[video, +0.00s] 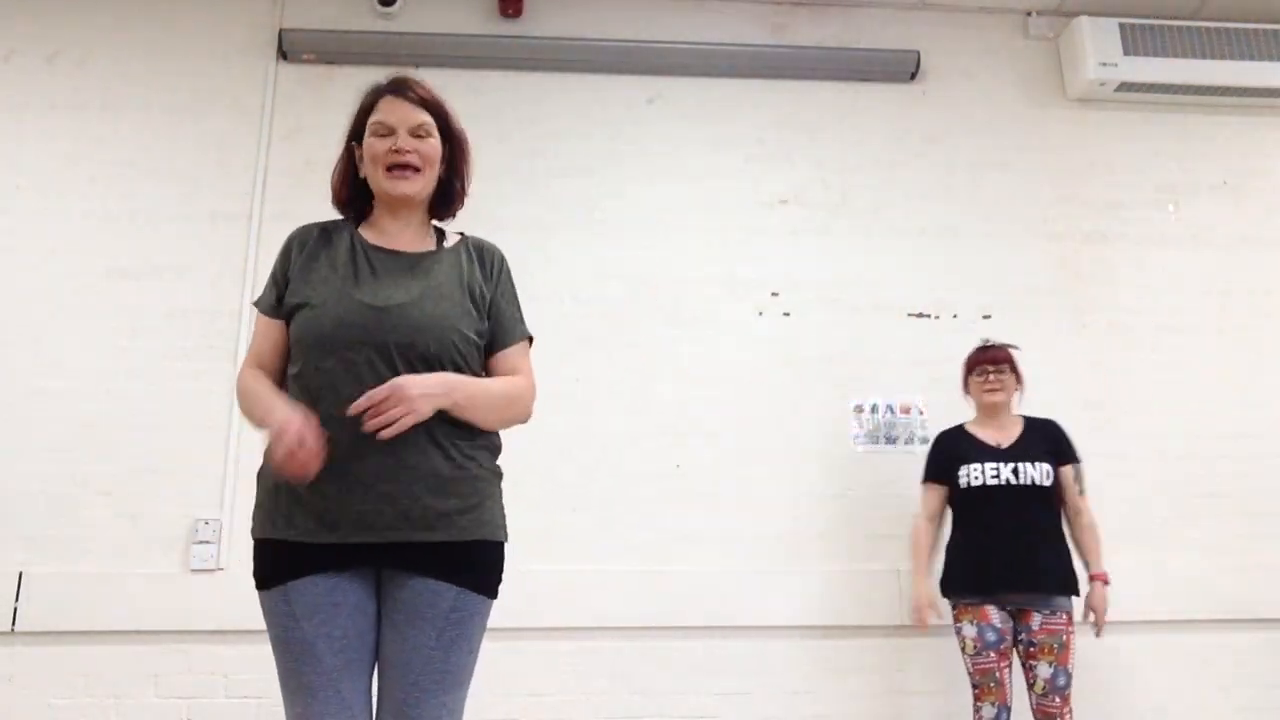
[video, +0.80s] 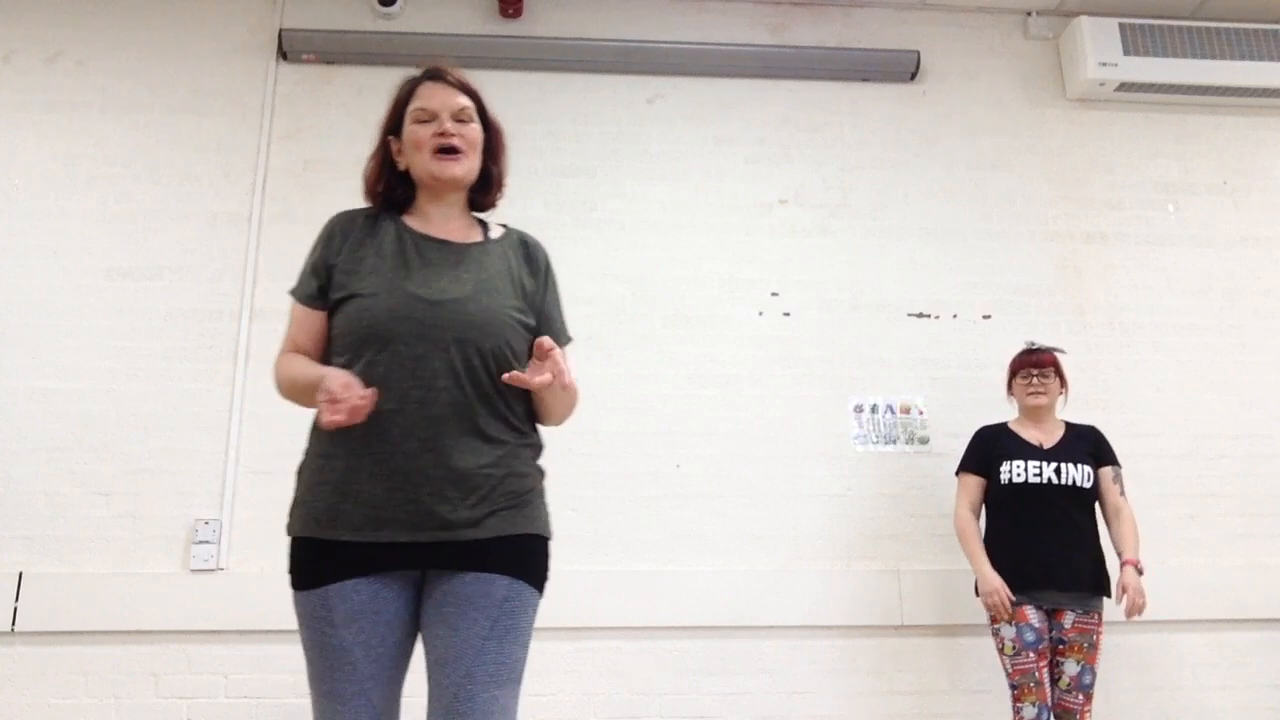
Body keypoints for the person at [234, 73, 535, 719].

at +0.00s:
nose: (403, 144)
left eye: (420, 132)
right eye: (383, 132)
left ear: (446, 156)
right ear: (359, 156)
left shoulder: (480, 264)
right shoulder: (308, 250)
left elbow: (519, 396)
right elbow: (254, 375)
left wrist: (444, 388)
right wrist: (284, 415)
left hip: (448, 534)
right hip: (310, 531)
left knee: (423, 714)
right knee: (324, 713)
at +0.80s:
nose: (447, 129)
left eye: (463, 119)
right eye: (426, 120)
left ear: (486, 146)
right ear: (398, 149)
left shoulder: (523, 256)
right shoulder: (347, 236)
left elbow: (556, 410)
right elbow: (291, 363)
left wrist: (550, 382)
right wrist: (324, 383)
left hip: (492, 524)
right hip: (349, 522)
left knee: (478, 714)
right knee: (352, 713)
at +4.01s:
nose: (446, 113)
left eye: (461, 103)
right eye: (424, 103)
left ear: (483, 132)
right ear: (393, 136)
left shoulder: (523, 244)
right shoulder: (340, 223)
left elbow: (550, 403)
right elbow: (279, 366)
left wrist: (546, 322)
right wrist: (353, 321)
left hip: (492, 519)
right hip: (339, 515)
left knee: (475, 714)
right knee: (339, 713)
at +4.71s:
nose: (459, 122)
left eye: (480, 115)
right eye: (442, 107)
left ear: (498, 147)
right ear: (411, 125)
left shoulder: (519, 252)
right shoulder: (339, 220)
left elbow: (542, 410)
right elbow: (268, 360)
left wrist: (542, 356)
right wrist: (312, 350)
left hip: (492, 522)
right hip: (342, 517)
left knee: (478, 714)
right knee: (341, 713)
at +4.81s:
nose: (461, 122)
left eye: (481, 116)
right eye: (444, 107)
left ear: (500, 147)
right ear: (413, 127)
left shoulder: (522, 252)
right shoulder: (342, 221)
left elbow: (545, 410)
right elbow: (278, 364)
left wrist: (542, 357)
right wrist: (330, 347)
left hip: (492, 521)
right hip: (342, 516)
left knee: (476, 714)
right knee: (339, 713)